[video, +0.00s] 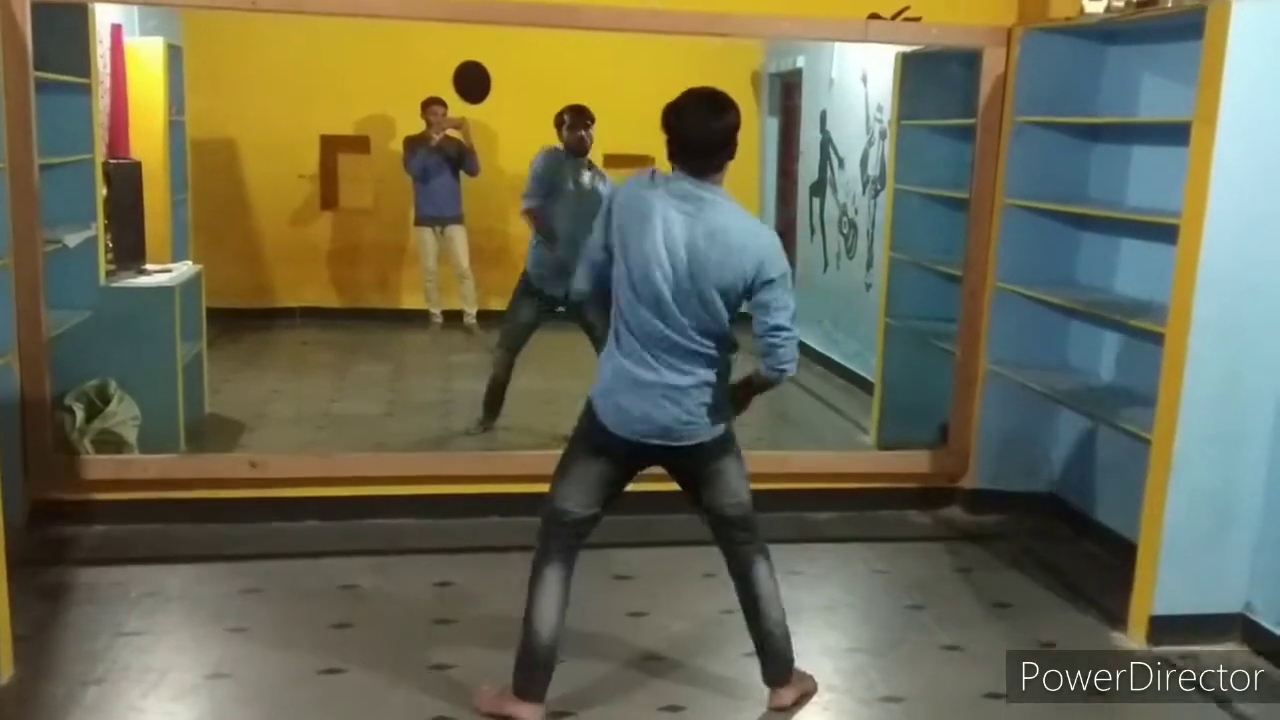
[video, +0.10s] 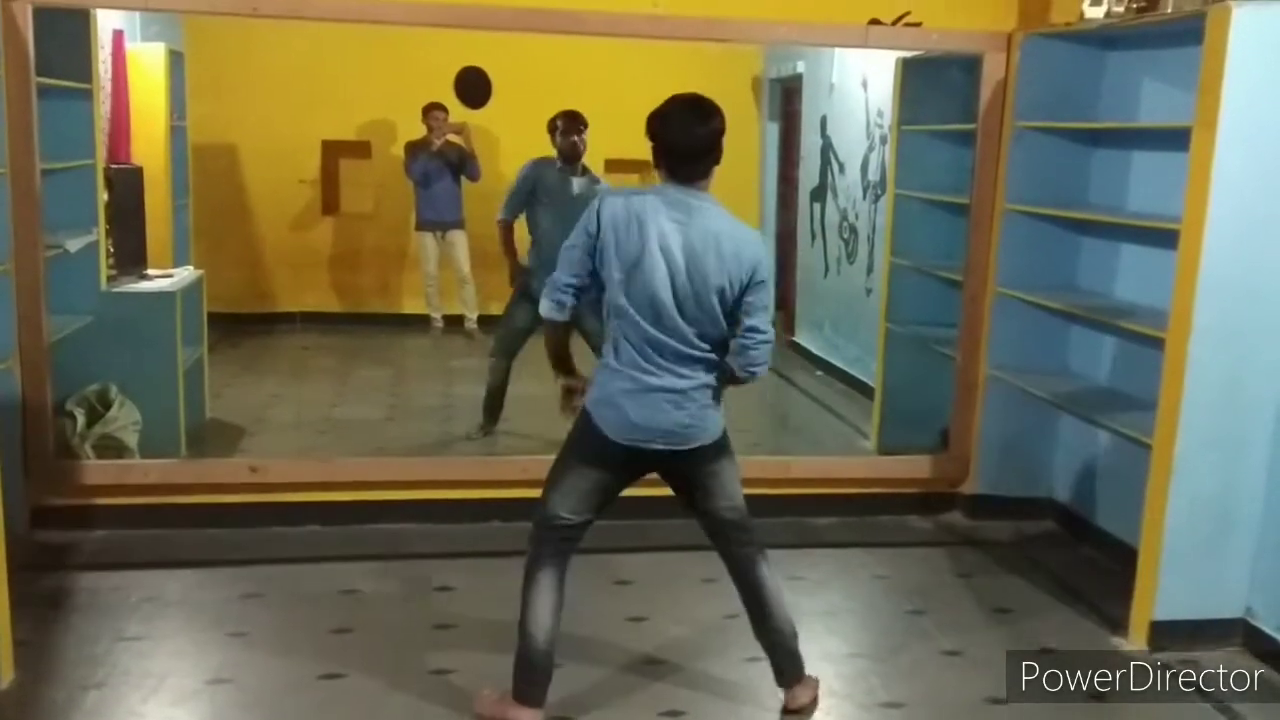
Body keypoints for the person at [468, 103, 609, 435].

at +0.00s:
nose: (584, 133)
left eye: (588, 127)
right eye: (576, 128)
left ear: (594, 131)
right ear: (561, 132)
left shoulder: (601, 179)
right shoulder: (549, 160)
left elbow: (611, 223)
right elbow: (531, 207)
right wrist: (551, 241)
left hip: (585, 281)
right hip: (541, 280)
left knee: (615, 355)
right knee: (506, 349)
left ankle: (628, 427)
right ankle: (488, 418)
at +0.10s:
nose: (574, 140)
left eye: (579, 133)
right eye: (566, 134)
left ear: (587, 138)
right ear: (553, 138)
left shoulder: (597, 188)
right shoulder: (537, 173)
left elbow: (610, 236)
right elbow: (506, 218)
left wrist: (602, 279)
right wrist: (513, 266)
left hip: (580, 286)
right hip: (537, 284)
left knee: (615, 352)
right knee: (502, 351)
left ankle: (633, 425)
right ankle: (488, 423)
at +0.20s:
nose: (571, 148)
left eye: (577, 142)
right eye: (563, 143)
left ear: (584, 147)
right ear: (550, 148)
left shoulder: (598, 197)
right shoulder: (531, 185)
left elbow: (611, 245)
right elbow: (504, 230)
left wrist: (604, 288)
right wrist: (511, 276)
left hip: (583, 296)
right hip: (539, 294)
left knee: (617, 365)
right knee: (501, 359)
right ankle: (489, 431)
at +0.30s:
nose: (571, 159)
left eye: (576, 152)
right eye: (563, 153)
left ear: (584, 155)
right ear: (549, 157)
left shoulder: (601, 198)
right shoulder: (535, 192)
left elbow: (631, 231)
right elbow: (513, 239)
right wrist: (519, 284)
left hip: (589, 302)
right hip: (545, 300)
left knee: (624, 373)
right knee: (501, 358)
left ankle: (616, 436)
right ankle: (494, 432)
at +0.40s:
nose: (567, 165)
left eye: (572, 158)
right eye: (560, 159)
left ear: (581, 160)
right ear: (547, 163)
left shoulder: (602, 196)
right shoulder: (537, 198)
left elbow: (648, 205)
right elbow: (523, 245)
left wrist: (614, 190)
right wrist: (528, 289)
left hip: (594, 305)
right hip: (550, 304)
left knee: (625, 367)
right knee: (505, 358)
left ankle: (627, 438)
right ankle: (495, 439)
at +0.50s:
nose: (562, 170)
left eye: (568, 163)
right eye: (555, 164)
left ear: (577, 164)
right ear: (543, 166)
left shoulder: (601, 202)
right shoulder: (535, 203)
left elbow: (639, 228)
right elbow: (528, 252)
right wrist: (533, 291)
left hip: (596, 311)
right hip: (553, 309)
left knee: (623, 372)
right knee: (509, 363)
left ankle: (621, 440)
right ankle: (498, 443)